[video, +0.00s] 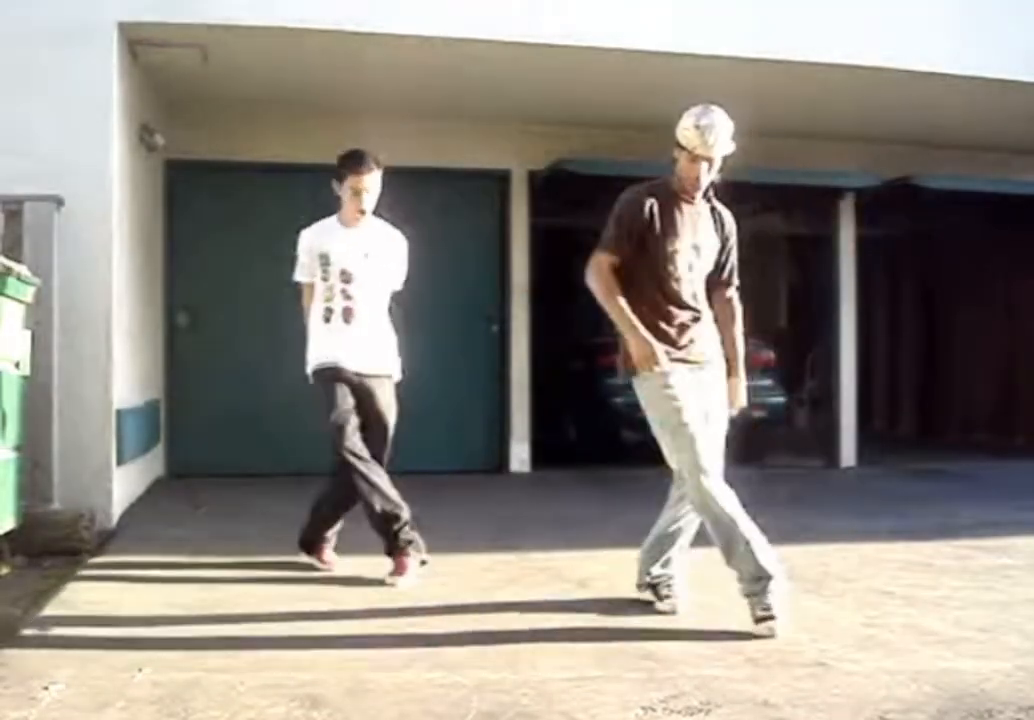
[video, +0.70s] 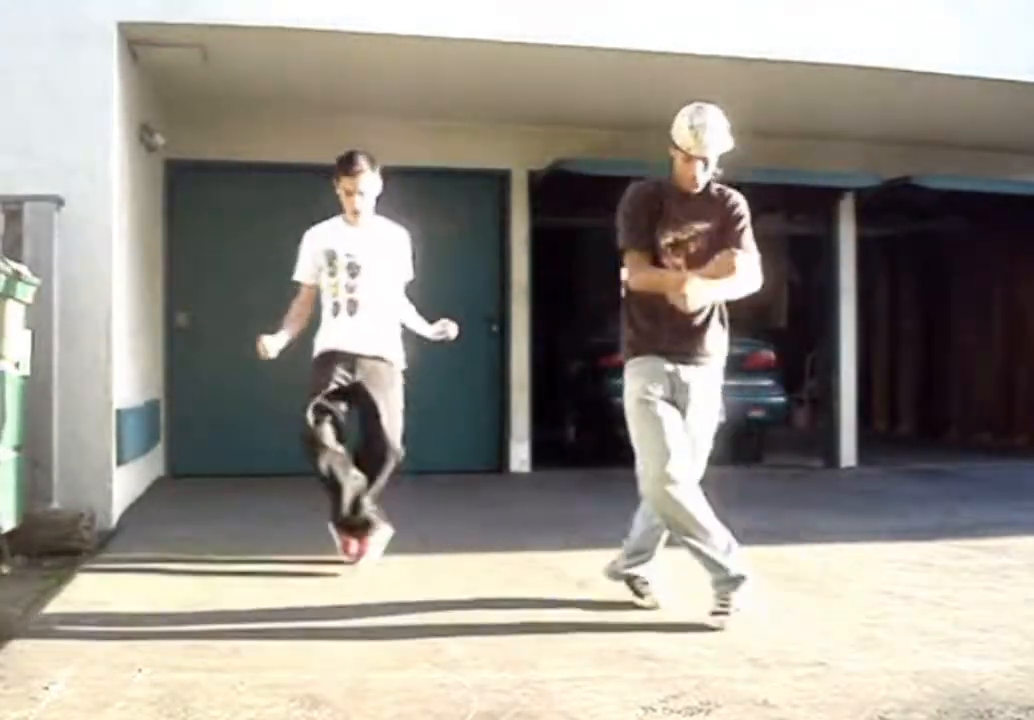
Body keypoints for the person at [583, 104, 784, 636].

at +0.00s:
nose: (697, 171)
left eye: (708, 162)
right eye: (690, 158)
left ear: (722, 162)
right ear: (676, 151)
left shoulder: (721, 220)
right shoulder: (641, 204)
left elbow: (726, 297)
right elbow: (598, 271)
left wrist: (737, 373)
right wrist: (633, 335)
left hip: (708, 358)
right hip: (659, 359)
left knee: (701, 471)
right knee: (701, 473)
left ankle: (658, 570)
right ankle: (763, 582)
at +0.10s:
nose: (685, 159)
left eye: (695, 150)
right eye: (679, 146)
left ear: (707, 147)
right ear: (661, 134)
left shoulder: (707, 189)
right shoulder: (621, 180)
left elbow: (714, 243)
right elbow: (548, 209)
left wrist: (707, 290)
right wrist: (583, 269)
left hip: (694, 333)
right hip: (641, 335)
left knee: (714, 448)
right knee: (664, 454)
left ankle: (669, 557)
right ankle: (691, 573)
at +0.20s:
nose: (667, 158)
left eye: (677, 148)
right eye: (660, 145)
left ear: (688, 145)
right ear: (642, 133)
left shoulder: (685, 186)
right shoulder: (602, 178)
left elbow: (651, 233)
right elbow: (532, 206)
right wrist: (569, 262)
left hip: (676, 340)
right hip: (620, 345)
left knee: (735, 436)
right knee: (614, 463)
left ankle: (745, 554)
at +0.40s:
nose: (659, 174)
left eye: (669, 163)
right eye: (651, 160)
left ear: (680, 161)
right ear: (631, 151)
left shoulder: (674, 201)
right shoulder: (592, 199)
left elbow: (662, 232)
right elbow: (531, 240)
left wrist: (682, 260)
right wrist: (580, 272)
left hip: (665, 360)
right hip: (607, 367)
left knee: (738, 449)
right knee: (584, 481)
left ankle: (787, 562)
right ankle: (523, 577)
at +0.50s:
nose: (674, 155)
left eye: (684, 145)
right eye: (666, 142)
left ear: (698, 141)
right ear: (650, 132)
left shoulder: (699, 180)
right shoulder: (613, 175)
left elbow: (721, 251)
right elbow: (563, 232)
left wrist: (712, 232)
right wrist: (637, 228)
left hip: (689, 339)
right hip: (627, 339)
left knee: (731, 441)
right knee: (624, 444)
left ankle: (698, 550)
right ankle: (602, 569)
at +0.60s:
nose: (682, 156)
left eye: (692, 145)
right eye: (673, 143)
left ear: (705, 141)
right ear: (656, 133)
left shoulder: (707, 185)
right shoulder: (621, 176)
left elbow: (729, 263)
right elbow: (583, 243)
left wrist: (717, 235)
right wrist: (654, 238)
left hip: (693, 342)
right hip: (632, 341)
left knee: (720, 446)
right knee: (631, 452)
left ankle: (679, 551)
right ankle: (644, 574)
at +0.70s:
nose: (696, 170)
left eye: (706, 161)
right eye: (689, 158)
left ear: (720, 157)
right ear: (673, 150)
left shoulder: (730, 205)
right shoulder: (641, 197)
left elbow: (749, 275)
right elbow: (634, 274)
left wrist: (703, 290)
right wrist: (702, 274)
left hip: (703, 361)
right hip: (647, 357)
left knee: (682, 471)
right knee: (660, 473)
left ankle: (633, 561)